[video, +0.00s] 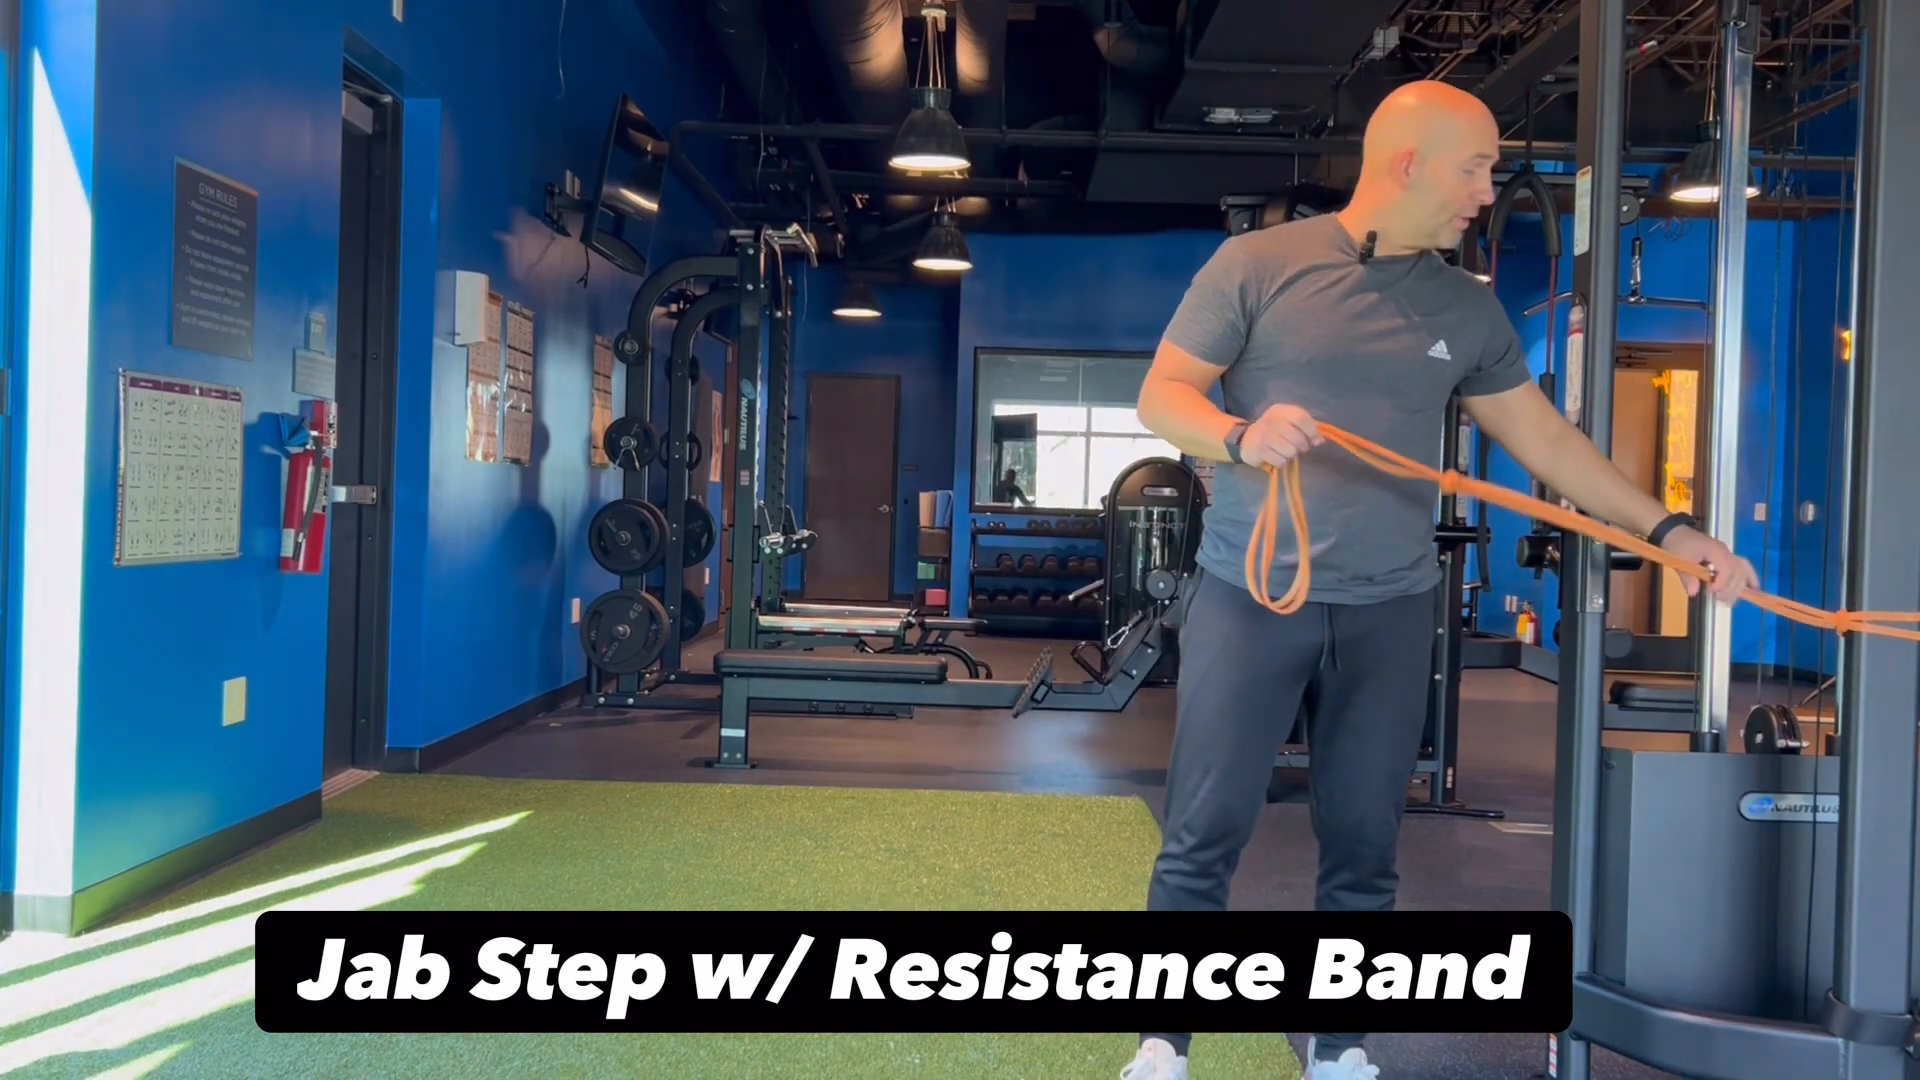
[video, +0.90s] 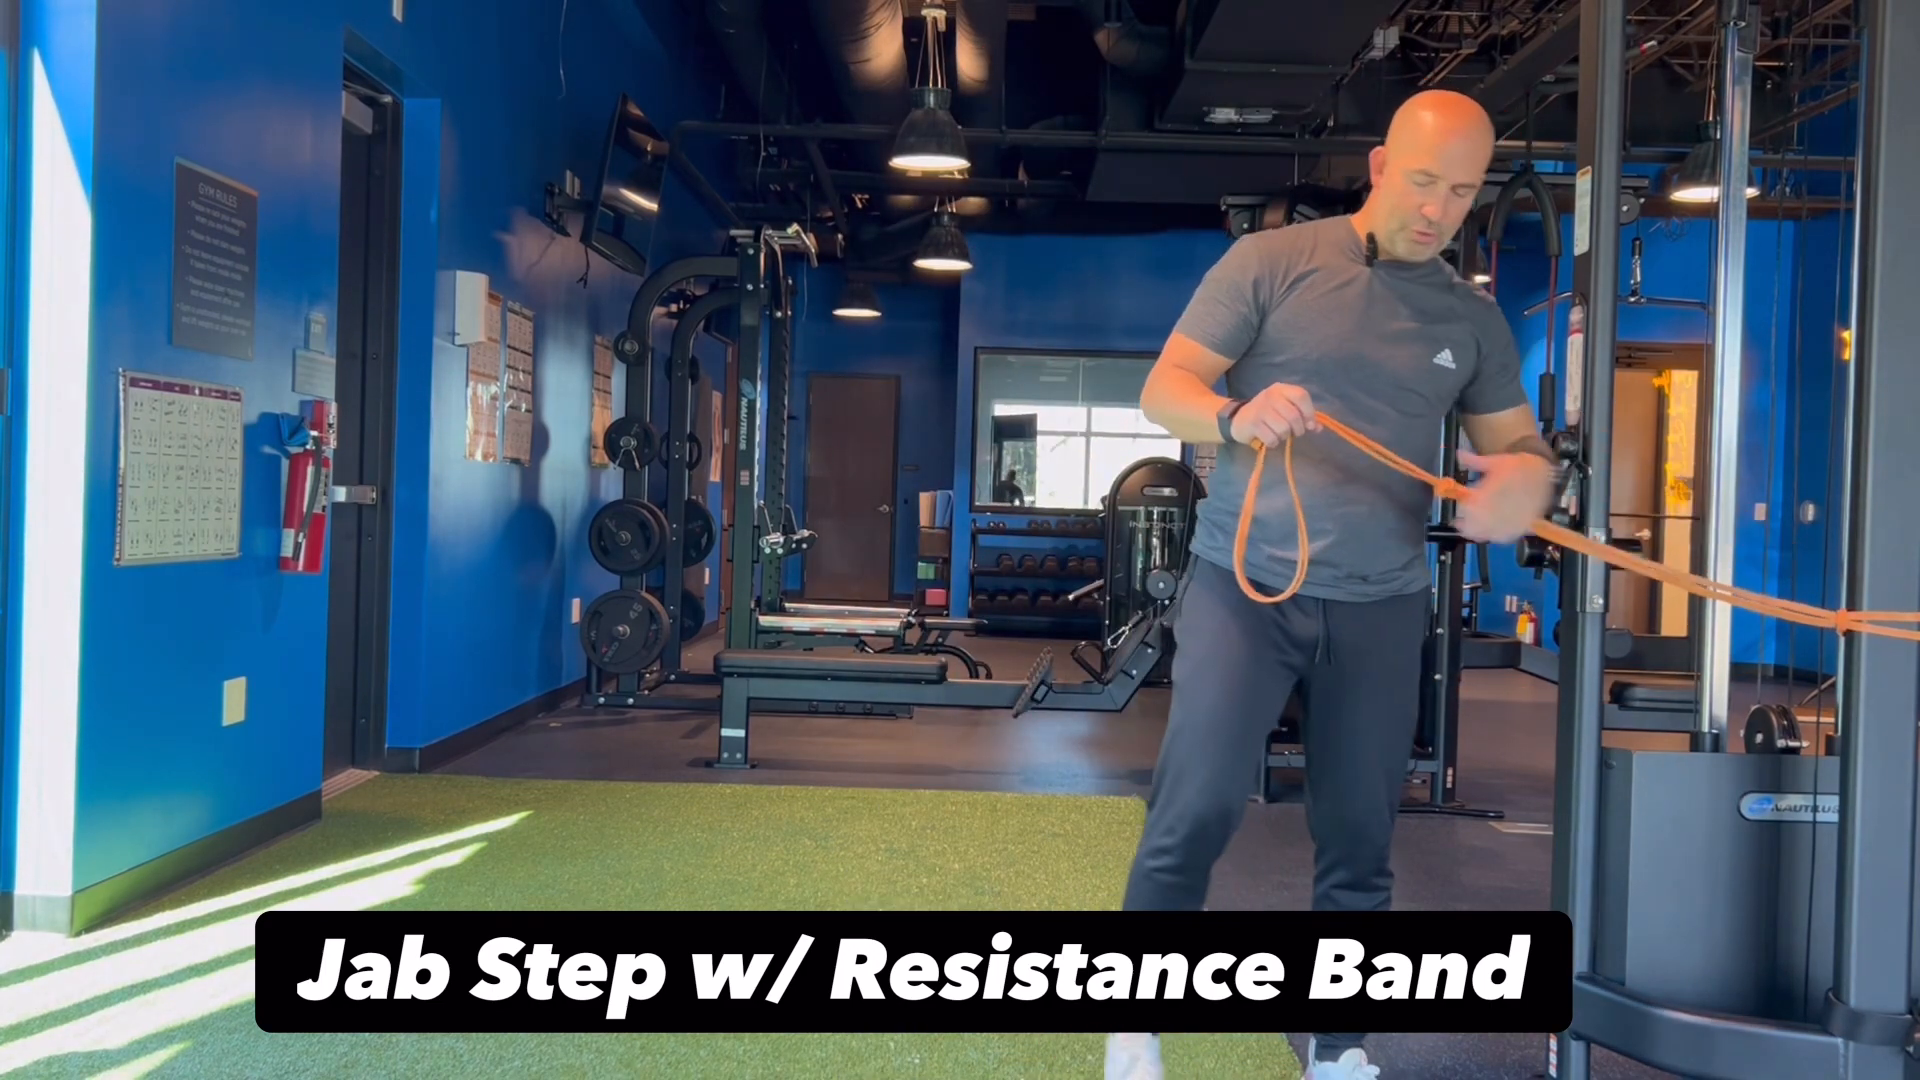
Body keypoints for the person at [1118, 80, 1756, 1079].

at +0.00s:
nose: (1488, 193)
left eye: (1492, 173)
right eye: (1475, 170)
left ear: (1421, 173)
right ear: (1401, 166)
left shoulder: (1468, 309)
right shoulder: (1254, 263)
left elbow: (1551, 443)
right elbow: (1163, 395)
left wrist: (1669, 531)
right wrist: (1238, 433)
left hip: (1391, 603)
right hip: (1248, 592)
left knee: (1363, 848)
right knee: (1202, 834)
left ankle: (1333, 1045)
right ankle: (1161, 1043)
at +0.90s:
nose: (1439, 211)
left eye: (1462, 194)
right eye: (1425, 183)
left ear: (1480, 197)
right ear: (1379, 165)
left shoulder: (1474, 322)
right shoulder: (1268, 262)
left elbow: (1524, 458)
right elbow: (1165, 389)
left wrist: (1515, 493)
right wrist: (1232, 413)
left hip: (1382, 606)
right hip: (1242, 589)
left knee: (1360, 844)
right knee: (1196, 809)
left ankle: (1329, 1038)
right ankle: (1132, 1024)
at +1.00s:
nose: (1413, 208)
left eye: (1435, 190)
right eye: (1398, 180)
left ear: (1453, 192)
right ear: (1352, 164)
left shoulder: (1456, 313)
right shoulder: (1249, 263)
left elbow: (1492, 446)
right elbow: (1150, 396)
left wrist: (1468, 453)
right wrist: (1221, 417)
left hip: (1371, 606)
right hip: (1232, 590)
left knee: (1354, 844)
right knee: (1183, 806)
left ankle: (1336, 1045)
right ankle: (1094, 1017)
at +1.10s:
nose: (1371, 203)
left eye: (1394, 184)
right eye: (1354, 177)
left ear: (1417, 186)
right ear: (1311, 165)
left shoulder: (1429, 305)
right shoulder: (1218, 270)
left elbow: (1469, 447)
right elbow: (1126, 403)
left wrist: (1442, 445)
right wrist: (1206, 423)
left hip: (1359, 605)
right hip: (1215, 591)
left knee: (1347, 846)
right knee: (1155, 815)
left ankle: (1331, 1043)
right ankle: (1063, 1029)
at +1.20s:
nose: (1324, 199)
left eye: (1345, 181)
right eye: (1305, 176)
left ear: (1368, 184)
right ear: (1262, 167)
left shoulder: (1391, 301)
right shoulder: (1179, 277)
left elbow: (1444, 437)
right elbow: (1092, 416)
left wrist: (1408, 439)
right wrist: (1180, 435)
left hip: (1329, 607)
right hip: (1188, 598)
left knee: (1335, 848)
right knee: (1126, 827)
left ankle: (1331, 1045)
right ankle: (1047, 1041)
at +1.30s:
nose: (1276, 201)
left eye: (1295, 181)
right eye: (1255, 176)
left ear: (1314, 179)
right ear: (1209, 167)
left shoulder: (1340, 297)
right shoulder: (1130, 279)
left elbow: (1389, 427)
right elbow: (1048, 425)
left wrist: (1374, 441)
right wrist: (1138, 448)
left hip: (1291, 605)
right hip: (1148, 600)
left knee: (1316, 844)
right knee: (1101, 839)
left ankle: (1330, 1047)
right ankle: (1049, 1046)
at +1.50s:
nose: (1199, 194)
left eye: (1215, 170)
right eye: (1176, 172)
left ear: (1231, 161)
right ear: (1124, 163)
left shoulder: (1249, 275)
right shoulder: (1048, 270)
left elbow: (1311, 400)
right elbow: (960, 415)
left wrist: (1342, 441)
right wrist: (1014, 477)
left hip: (1217, 596)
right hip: (1084, 595)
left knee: (1248, 827)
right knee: (1060, 839)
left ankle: (1267, 1035)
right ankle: (1041, 1047)